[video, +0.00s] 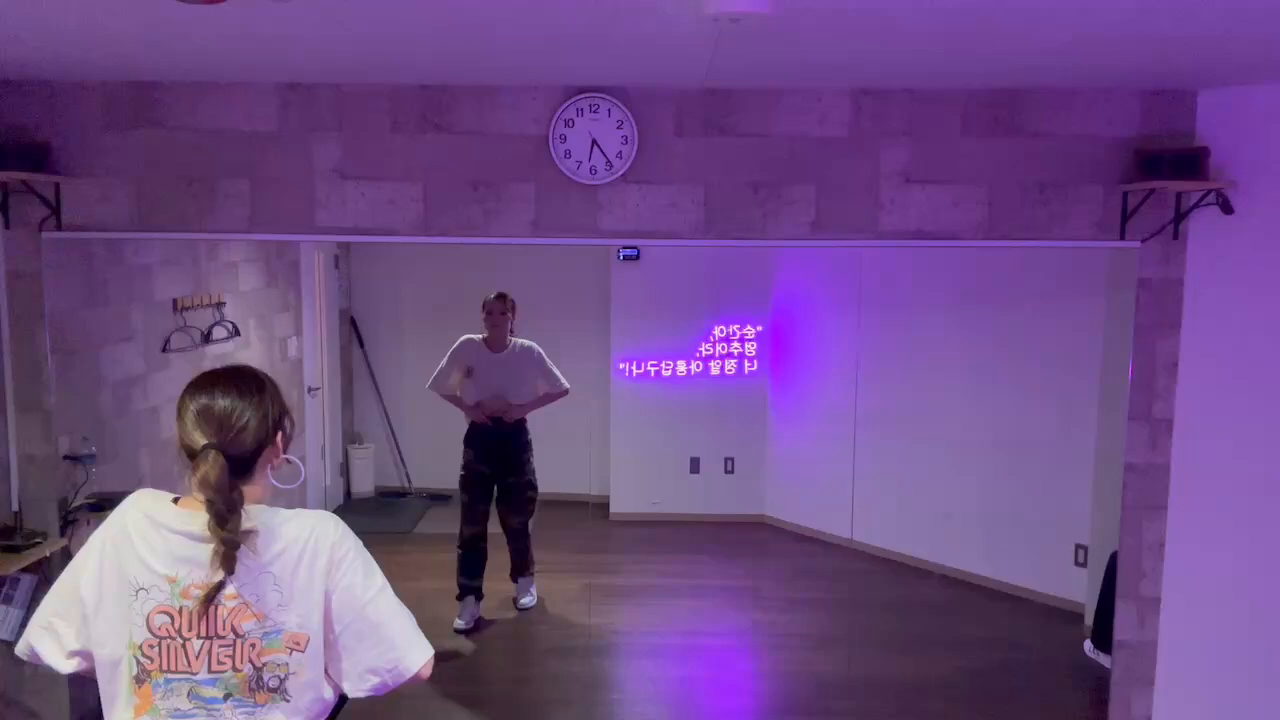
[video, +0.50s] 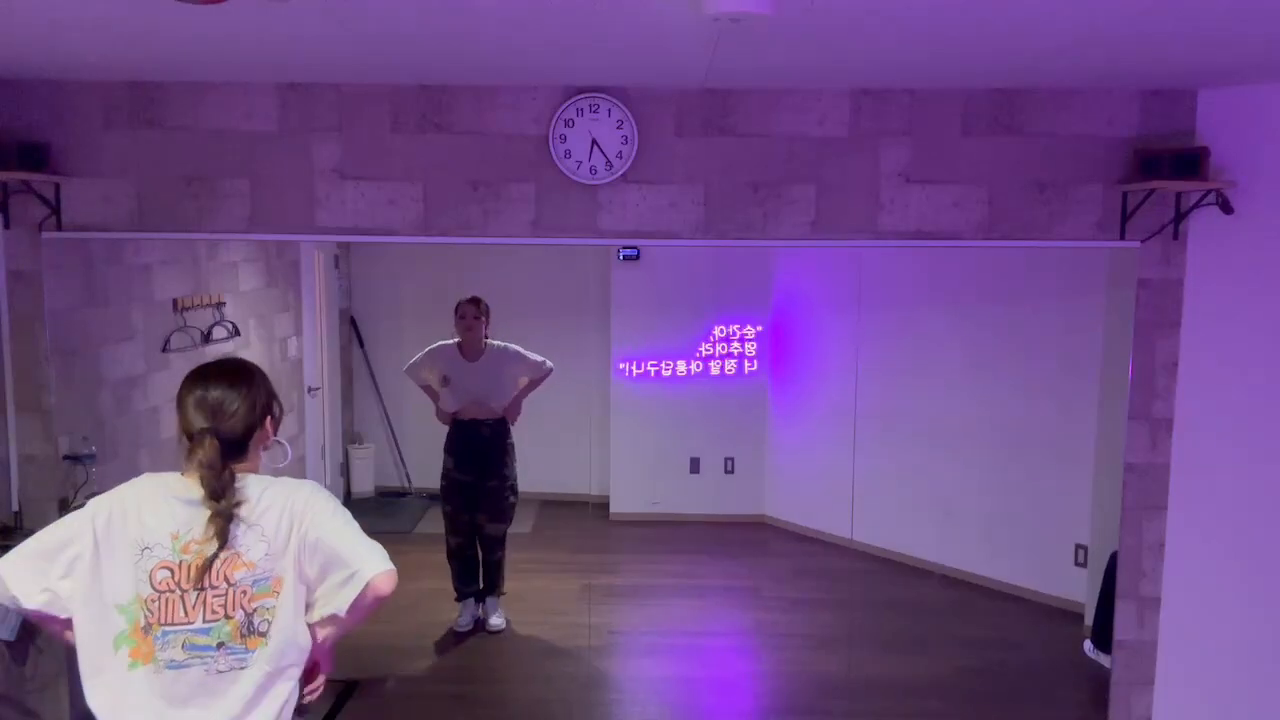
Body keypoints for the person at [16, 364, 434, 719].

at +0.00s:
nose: (290, 443)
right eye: (288, 432)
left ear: (185, 446)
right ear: (276, 447)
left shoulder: (133, 520)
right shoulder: (322, 537)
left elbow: (60, 648)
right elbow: (411, 665)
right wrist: (310, 659)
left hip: (147, 716)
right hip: (280, 715)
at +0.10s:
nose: (278, 440)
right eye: (276, 429)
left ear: (176, 442)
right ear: (264, 444)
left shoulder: (125, 515)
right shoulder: (308, 530)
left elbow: (52, 638)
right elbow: (406, 642)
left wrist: (140, 627)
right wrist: (303, 639)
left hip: (140, 715)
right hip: (265, 714)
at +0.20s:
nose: (272, 433)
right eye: (270, 422)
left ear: (175, 434)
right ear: (259, 438)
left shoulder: (123, 511)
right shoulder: (300, 517)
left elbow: (55, 631)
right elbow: (400, 614)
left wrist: (136, 648)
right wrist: (307, 653)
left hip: (135, 715)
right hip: (259, 715)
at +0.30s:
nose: (271, 427)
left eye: (265, 413)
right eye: (268, 416)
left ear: (175, 428)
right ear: (259, 432)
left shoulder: (121, 506)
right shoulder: (298, 510)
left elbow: (32, 609)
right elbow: (391, 599)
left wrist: (119, 638)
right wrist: (309, 646)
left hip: (133, 714)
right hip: (257, 712)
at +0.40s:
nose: (272, 424)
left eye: (267, 412)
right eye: (269, 414)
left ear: (177, 426)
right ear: (260, 430)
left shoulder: (118, 507)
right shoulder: (300, 506)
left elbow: (18, 593)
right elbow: (387, 590)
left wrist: (106, 635)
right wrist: (318, 644)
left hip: (132, 713)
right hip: (259, 712)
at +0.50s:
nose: (277, 429)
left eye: (275, 416)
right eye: (276, 418)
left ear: (184, 427)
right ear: (265, 430)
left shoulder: (120, 506)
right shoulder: (302, 504)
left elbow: (16, 578)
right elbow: (380, 581)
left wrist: (91, 637)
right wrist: (323, 637)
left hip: (135, 711)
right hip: (256, 711)